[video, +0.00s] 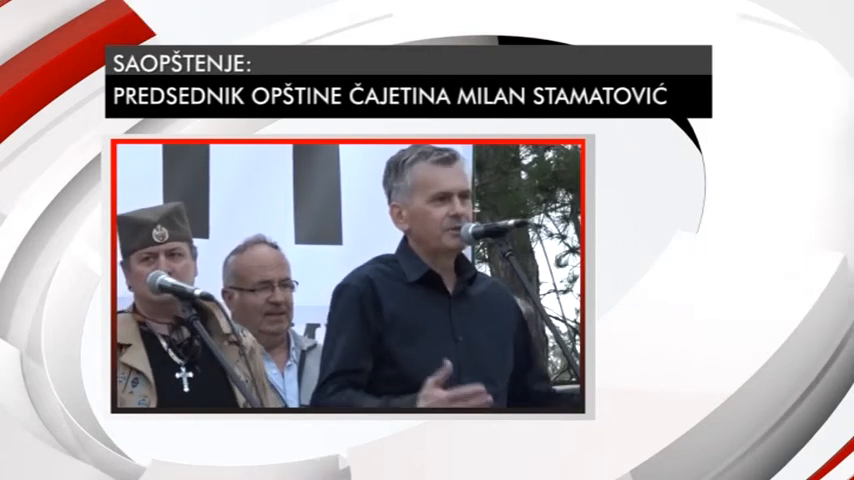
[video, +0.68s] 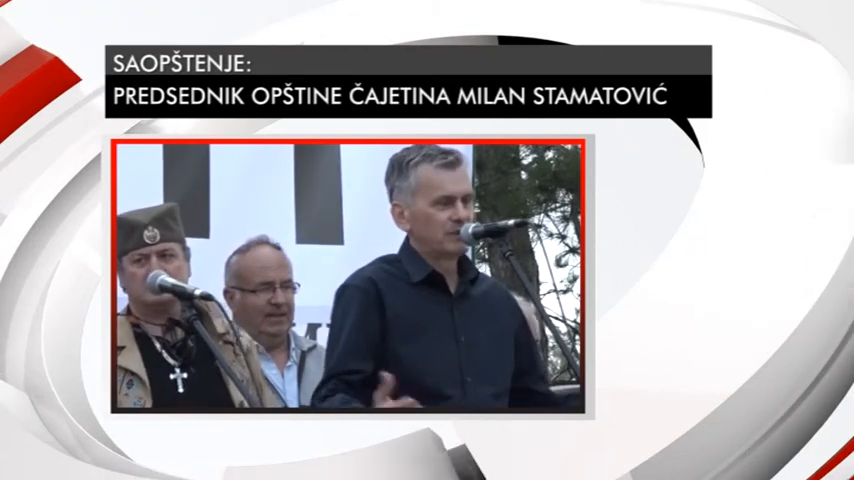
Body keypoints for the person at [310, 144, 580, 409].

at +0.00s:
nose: (459, 211)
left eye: (464, 198)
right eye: (441, 200)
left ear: (473, 204)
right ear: (400, 215)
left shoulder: (499, 299)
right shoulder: (364, 291)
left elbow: (532, 399)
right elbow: (330, 399)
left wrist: (596, 401)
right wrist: (414, 407)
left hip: (496, 464)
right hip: (400, 465)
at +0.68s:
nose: (462, 215)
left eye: (467, 201)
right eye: (444, 204)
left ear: (474, 204)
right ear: (401, 215)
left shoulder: (500, 301)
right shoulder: (368, 292)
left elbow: (536, 405)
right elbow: (331, 397)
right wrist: (371, 415)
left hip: (499, 460)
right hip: (405, 463)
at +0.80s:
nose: (460, 215)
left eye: (465, 201)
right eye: (442, 203)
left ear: (473, 204)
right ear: (400, 215)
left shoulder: (499, 300)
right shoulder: (365, 293)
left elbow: (521, 404)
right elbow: (332, 398)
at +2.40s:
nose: (461, 212)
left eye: (465, 199)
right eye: (443, 200)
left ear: (472, 204)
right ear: (400, 213)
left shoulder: (496, 302)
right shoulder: (362, 296)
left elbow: (522, 408)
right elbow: (330, 405)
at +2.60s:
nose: (460, 212)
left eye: (464, 199)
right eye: (442, 200)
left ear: (472, 204)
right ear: (399, 215)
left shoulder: (496, 301)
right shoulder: (364, 293)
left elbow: (524, 403)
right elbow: (330, 400)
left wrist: (581, 396)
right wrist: (423, 398)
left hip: (488, 466)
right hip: (396, 466)